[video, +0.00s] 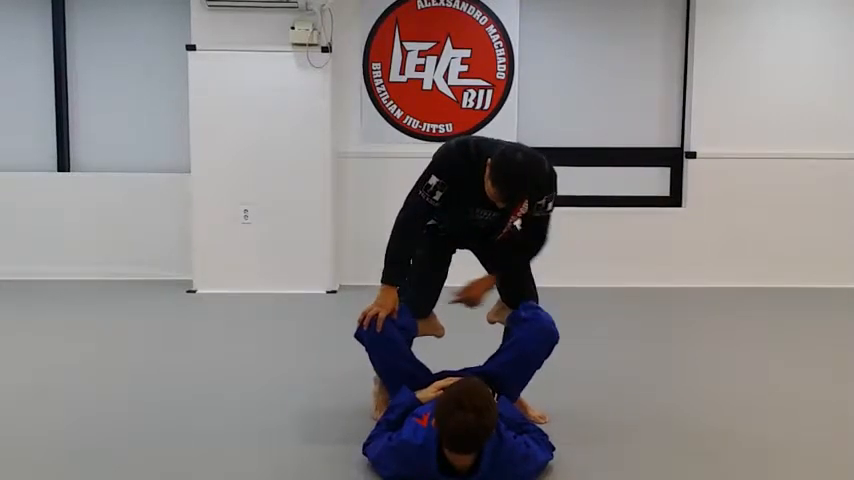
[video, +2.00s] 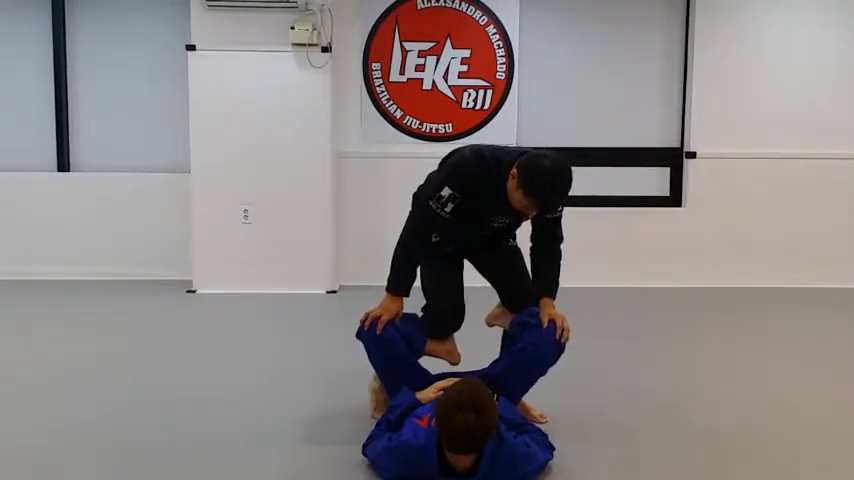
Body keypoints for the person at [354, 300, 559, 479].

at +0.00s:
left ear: (434, 421)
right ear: (495, 422)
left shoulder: (407, 452)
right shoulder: (514, 457)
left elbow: (374, 443)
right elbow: (542, 443)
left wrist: (413, 397)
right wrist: (503, 403)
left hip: (423, 394)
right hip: (491, 391)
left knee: (374, 325)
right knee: (543, 328)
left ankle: (420, 319)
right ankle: (508, 308)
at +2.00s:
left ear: (436, 421)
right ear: (496, 420)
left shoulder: (408, 452)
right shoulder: (515, 456)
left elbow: (373, 444)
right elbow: (539, 440)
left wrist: (414, 398)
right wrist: (505, 404)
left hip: (423, 397)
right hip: (493, 394)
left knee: (374, 327)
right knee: (550, 331)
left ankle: (438, 343)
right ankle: (510, 315)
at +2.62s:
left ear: (437, 422)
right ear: (494, 423)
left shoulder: (406, 453)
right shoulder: (516, 457)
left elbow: (373, 445)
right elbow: (541, 443)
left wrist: (412, 398)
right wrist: (503, 403)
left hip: (424, 397)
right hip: (492, 393)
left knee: (377, 328)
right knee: (555, 336)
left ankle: (438, 345)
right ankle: (509, 315)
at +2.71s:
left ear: (437, 422)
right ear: (494, 423)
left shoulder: (407, 453)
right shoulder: (516, 456)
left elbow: (373, 445)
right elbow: (540, 441)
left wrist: (412, 398)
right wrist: (503, 403)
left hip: (424, 397)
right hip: (492, 394)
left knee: (377, 329)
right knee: (555, 337)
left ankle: (434, 341)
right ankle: (508, 315)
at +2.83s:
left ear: (436, 423)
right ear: (496, 421)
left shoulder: (406, 453)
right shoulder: (516, 456)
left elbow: (373, 444)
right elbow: (540, 443)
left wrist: (411, 398)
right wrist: (504, 403)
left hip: (424, 395)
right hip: (493, 393)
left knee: (376, 327)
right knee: (555, 337)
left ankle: (432, 340)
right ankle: (506, 311)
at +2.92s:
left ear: (436, 420)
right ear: (496, 421)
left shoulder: (406, 453)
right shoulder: (516, 457)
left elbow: (373, 444)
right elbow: (540, 441)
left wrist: (411, 398)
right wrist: (506, 403)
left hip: (423, 396)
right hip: (494, 394)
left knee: (377, 327)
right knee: (555, 339)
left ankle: (433, 340)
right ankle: (506, 312)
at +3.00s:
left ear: (437, 426)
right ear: (495, 425)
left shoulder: (405, 454)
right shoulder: (516, 457)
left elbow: (373, 444)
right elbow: (541, 443)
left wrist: (412, 398)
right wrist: (503, 403)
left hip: (424, 395)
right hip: (494, 393)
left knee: (381, 324)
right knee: (556, 341)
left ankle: (435, 339)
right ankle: (510, 314)